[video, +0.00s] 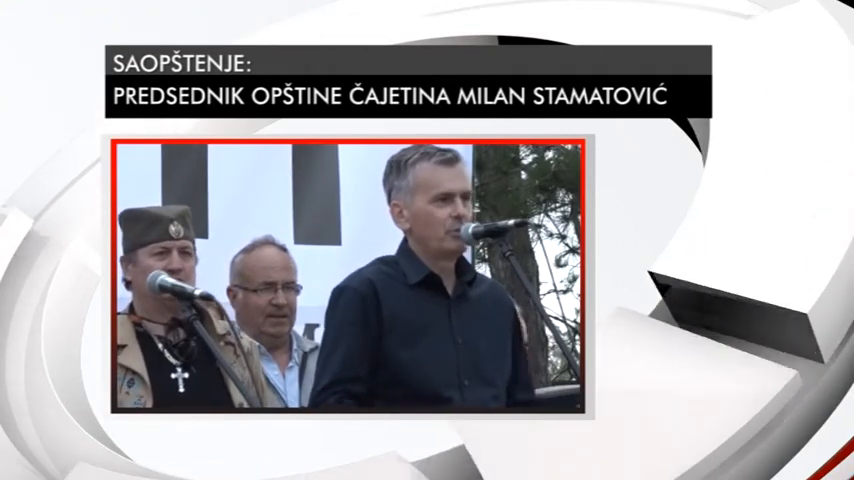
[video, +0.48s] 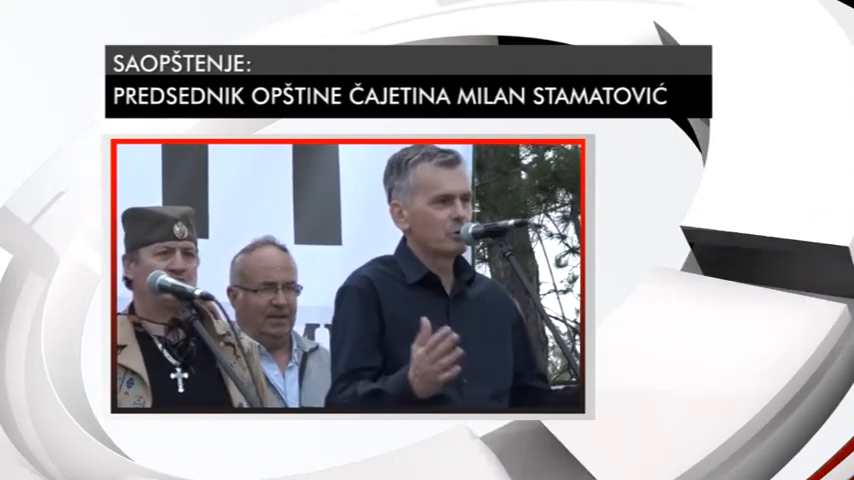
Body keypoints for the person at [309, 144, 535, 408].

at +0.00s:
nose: (461, 212)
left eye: (465, 199)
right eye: (443, 200)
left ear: (472, 204)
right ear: (400, 213)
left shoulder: (496, 302)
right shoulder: (362, 296)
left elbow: (522, 408)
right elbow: (330, 405)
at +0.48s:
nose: (461, 213)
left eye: (465, 200)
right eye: (443, 202)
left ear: (472, 205)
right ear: (400, 214)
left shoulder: (498, 302)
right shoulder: (366, 291)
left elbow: (528, 401)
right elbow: (343, 400)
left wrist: (591, 395)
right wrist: (409, 384)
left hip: (489, 464)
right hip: (396, 463)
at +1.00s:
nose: (461, 214)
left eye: (466, 200)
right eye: (443, 202)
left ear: (473, 203)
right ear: (400, 215)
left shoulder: (494, 302)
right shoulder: (360, 298)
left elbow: (511, 411)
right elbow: (335, 415)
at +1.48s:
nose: (458, 212)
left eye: (464, 200)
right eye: (440, 201)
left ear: (470, 205)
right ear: (399, 215)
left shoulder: (495, 300)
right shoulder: (361, 295)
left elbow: (517, 406)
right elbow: (329, 406)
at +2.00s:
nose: (456, 211)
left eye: (461, 198)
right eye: (438, 200)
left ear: (468, 201)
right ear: (398, 216)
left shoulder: (496, 301)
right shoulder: (361, 294)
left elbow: (516, 404)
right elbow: (325, 403)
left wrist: (554, 405)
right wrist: (426, 421)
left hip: (491, 466)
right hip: (399, 468)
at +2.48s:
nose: (457, 212)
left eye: (462, 199)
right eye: (439, 200)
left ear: (470, 202)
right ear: (398, 215)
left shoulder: (497, 300)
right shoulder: (362, 295)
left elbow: (522, 406)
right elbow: (333, 403)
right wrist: (397, 422)